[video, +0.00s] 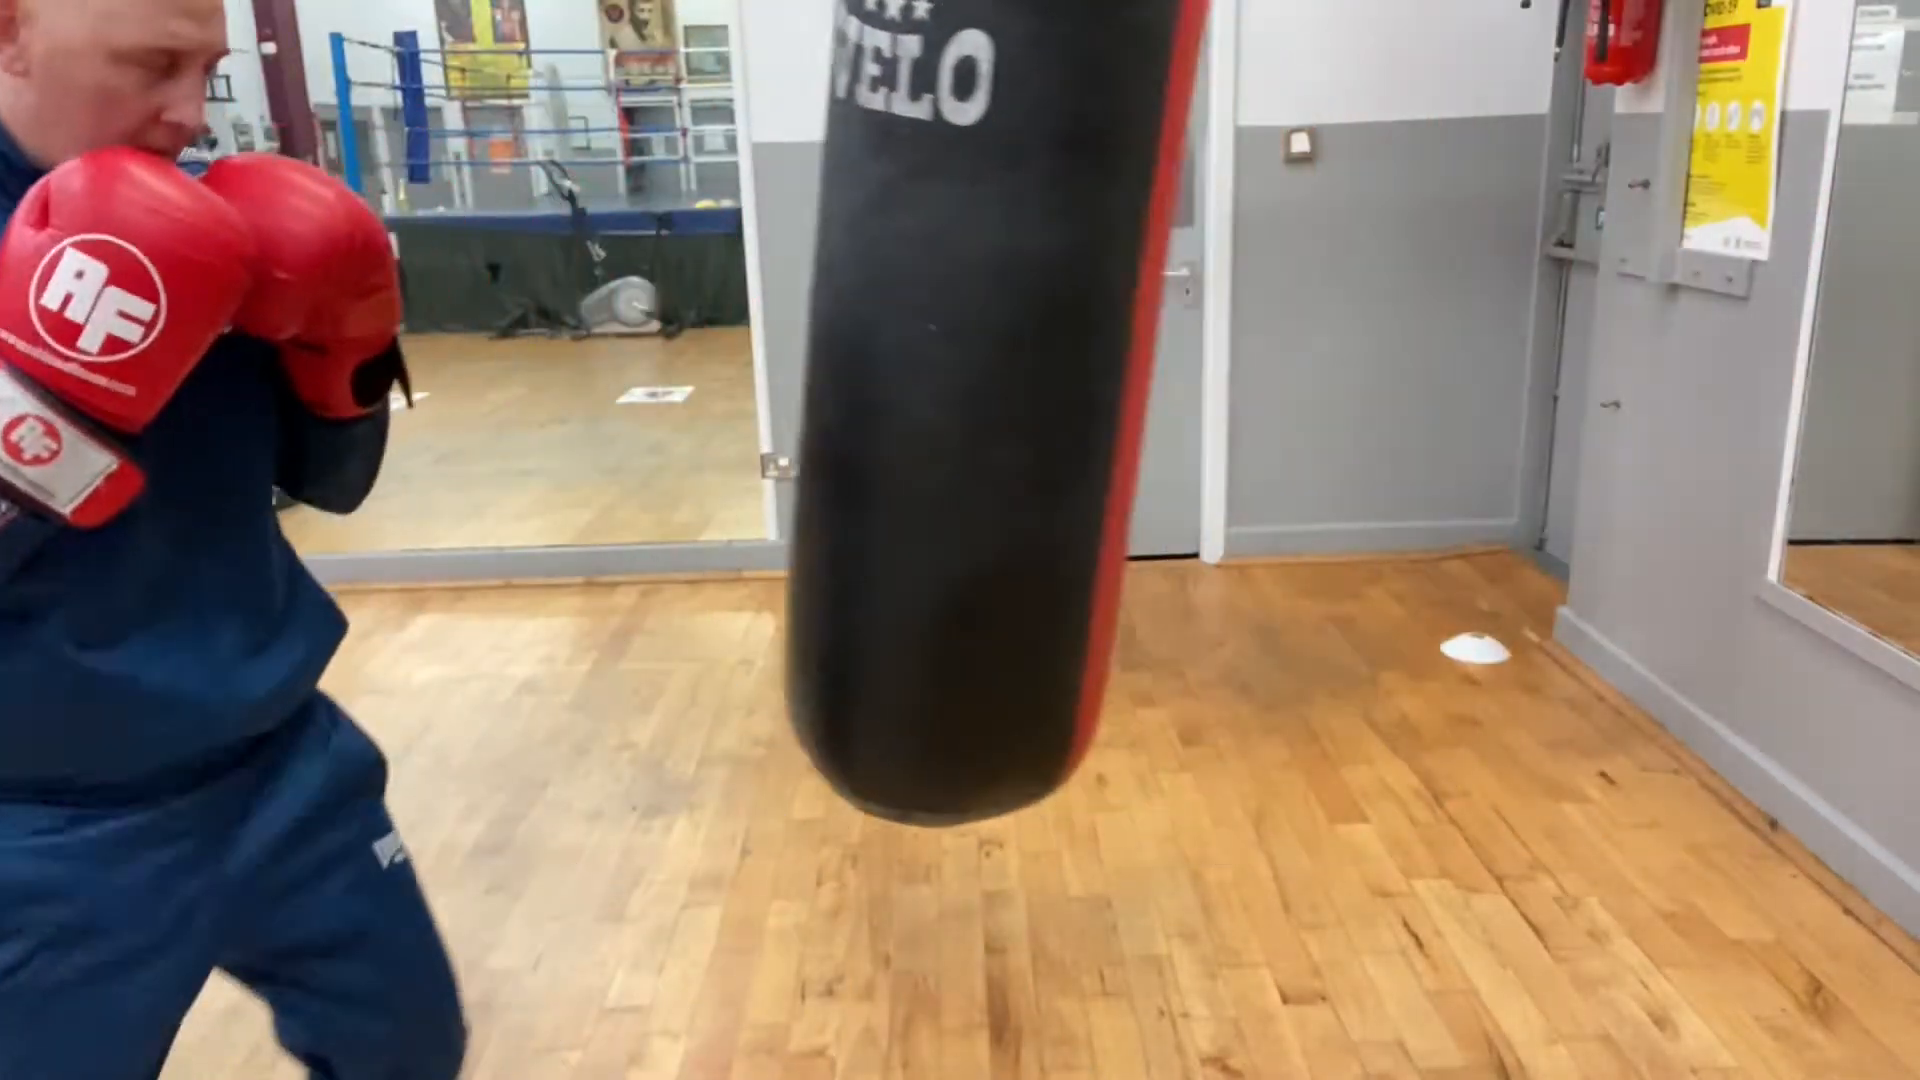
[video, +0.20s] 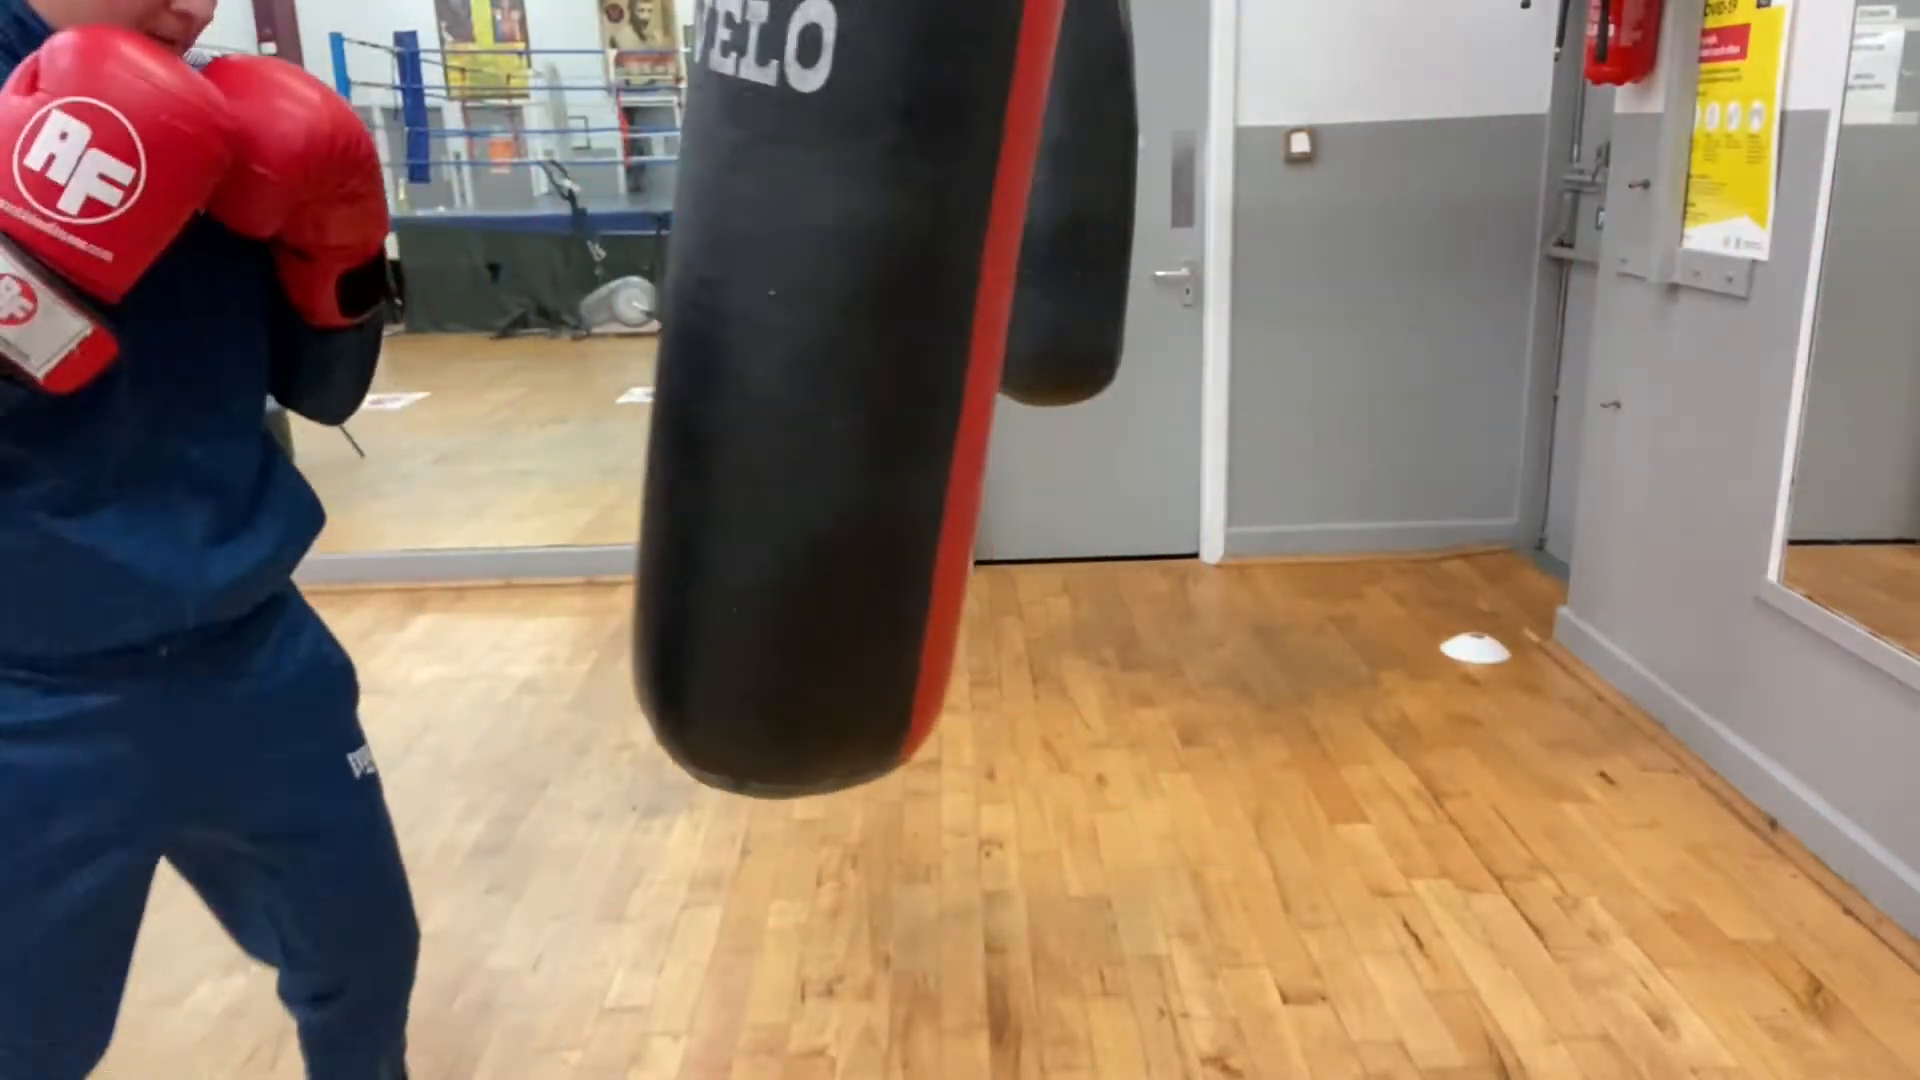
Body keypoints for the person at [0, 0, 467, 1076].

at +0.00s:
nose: (189, 113)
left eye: (206, 71)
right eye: (150, 65)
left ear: (223, 59)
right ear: (16, 38)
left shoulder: (201, 230)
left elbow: (327, 485)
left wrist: (340, 353)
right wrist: (46, 402)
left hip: (280, 775)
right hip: (55, 836)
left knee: (409, 1049)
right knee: (57, 1070)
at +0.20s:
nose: (189, 2)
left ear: (221, 1)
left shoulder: (221, 116)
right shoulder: (3, 104)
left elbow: (322, 392)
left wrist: (340, 244)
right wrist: (33, 272)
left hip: (256, 658)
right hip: (34, 700)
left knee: (365, 966)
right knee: (31, 1055)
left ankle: (366, 1077)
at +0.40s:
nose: (202, 106)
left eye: (218, 67)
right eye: (168, 64)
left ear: (234, 47)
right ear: (33, 28)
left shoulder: (211, 198)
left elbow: (327, 467)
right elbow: (4, 544)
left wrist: (338, 336)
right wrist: (74, 378)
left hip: (278, 728)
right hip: (55, 787)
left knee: (387, 997)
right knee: (53, 1068)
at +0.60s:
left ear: (66, 52)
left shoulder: (128, 149)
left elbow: (283, 355)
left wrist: (279, 193)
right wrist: (13, 230)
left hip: (180, 665)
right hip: (14, 704)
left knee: (305, 989)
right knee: (0, 1009)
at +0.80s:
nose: (12, 22)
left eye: (11, 16)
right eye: (7, 16)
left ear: (17, 29)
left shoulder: (78, 199)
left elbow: (197, 436)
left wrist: (226, 333)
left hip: (149, 730)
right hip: (7, 783)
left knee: (310, 1023)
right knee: (8, 1060)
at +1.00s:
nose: (76, 35)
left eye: (83, 24)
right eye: (45, 26)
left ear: (104, 21)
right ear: (7, 20)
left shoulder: (143, 154)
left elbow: (317, 359)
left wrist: (321, 212)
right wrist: (13, 230)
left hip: (207, 697)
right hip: (27, 748)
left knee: (436, 963)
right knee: (13, 1052)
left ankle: (500, 1072)